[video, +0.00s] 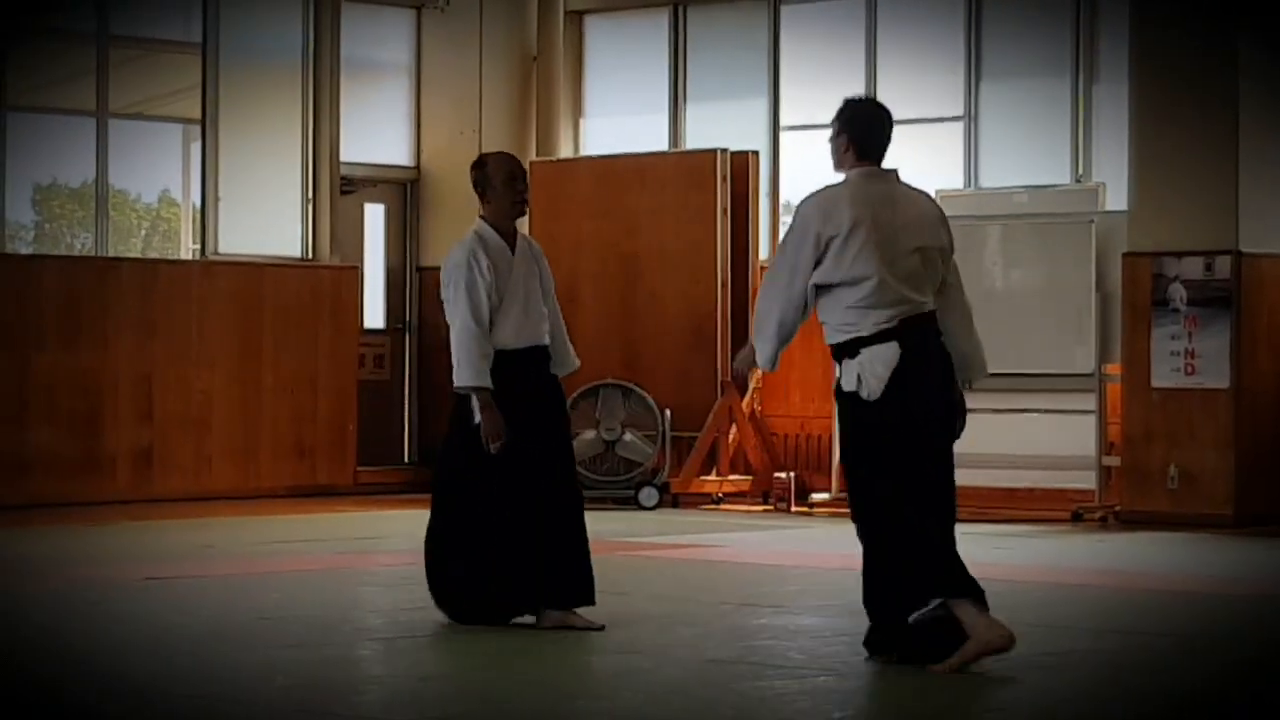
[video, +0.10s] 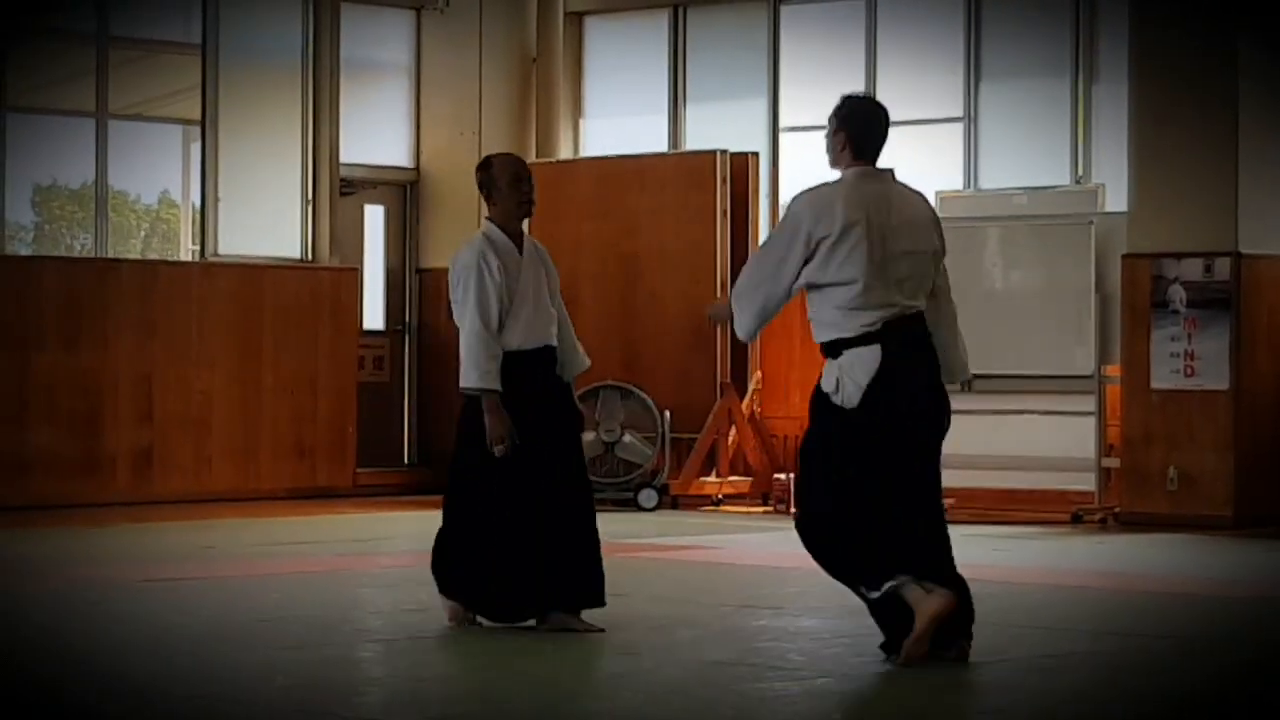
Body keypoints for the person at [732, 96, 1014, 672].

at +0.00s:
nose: (830, 147)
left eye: (833, 139)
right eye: (834, 138)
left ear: (844, 144)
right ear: (885, 145)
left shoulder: (823, 207)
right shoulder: (924, 205)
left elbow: (786, 294)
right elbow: (951, 298)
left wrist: (758, 352)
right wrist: (964, 375)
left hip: (870, 369)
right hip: (933, 361)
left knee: (879, 506)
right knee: (930, 498)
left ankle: (892, 635)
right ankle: (968, 610)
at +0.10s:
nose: (826, 143)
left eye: (829, 134)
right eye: (829, 134)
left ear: (841, 140)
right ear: (880, 144)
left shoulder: (818, 205)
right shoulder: (918, 206)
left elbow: (759, 290)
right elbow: (937, 296)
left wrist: (736, 310)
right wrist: (954, 368)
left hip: (861, 372)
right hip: (923, 367)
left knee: (818, 513)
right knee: (916, 499)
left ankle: (911, 600)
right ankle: (949, 631)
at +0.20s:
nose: (810, 144)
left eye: (813, 135)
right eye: (814, 135)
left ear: (826, 140)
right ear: (865, 144)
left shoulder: (805, 202)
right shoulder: (902, 206)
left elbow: (725, 256)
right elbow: (920, 299)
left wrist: (716, 231)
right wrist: (928, 371)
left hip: (841, 368)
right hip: (905, 366)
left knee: (767, 484)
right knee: (916, 494)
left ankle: (846, 594)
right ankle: (946, 623)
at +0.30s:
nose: (784, 153)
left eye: (786, 144)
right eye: (787, 143)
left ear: (797, 151)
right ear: (836, 153)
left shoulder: (780, 213)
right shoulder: (874, 215)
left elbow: (697, 204)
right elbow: (896, 306)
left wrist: (701, 156)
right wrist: (897, 370)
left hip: (815, 376)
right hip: (883, 372)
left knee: (719, 470)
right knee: (905, 495)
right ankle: (940, 620)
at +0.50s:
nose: (682, 164)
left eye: (685, 156)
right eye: (686, 156)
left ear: (694, 162)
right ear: (742, 162)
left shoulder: (686, 229)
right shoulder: (783, 215)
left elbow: (631, 181)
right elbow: (816, 303)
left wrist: (641, 103)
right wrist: (829, 368)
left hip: (734, 382)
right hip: (803, 373)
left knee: (662, 487)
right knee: (855, 495)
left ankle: (655, 614)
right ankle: (928, 599)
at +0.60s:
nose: (632, 161)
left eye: (634, 153)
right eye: (635, 152)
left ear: (645, 159)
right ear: (685, 157)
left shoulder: (636, 222)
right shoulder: (731, 207)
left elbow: (577, 206)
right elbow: (767, 293)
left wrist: (544, 150)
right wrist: (781, 365)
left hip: (686, 371)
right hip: (751, 361)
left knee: (659, 496)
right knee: (789, 490)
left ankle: (656, 616)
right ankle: (872, 578)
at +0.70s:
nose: (605, 157)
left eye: (607, 149)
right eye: (608, 149)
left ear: (618, 154)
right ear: (662, 157)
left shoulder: (592, 209)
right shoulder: (697, 211)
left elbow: (527, 244)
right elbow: (733, 292)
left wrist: (504, 244)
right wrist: (737, 361)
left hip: (634, 365)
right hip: (698, 360)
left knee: (611, 487)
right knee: (721, 480)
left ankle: (592, 609)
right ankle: (771, 583)